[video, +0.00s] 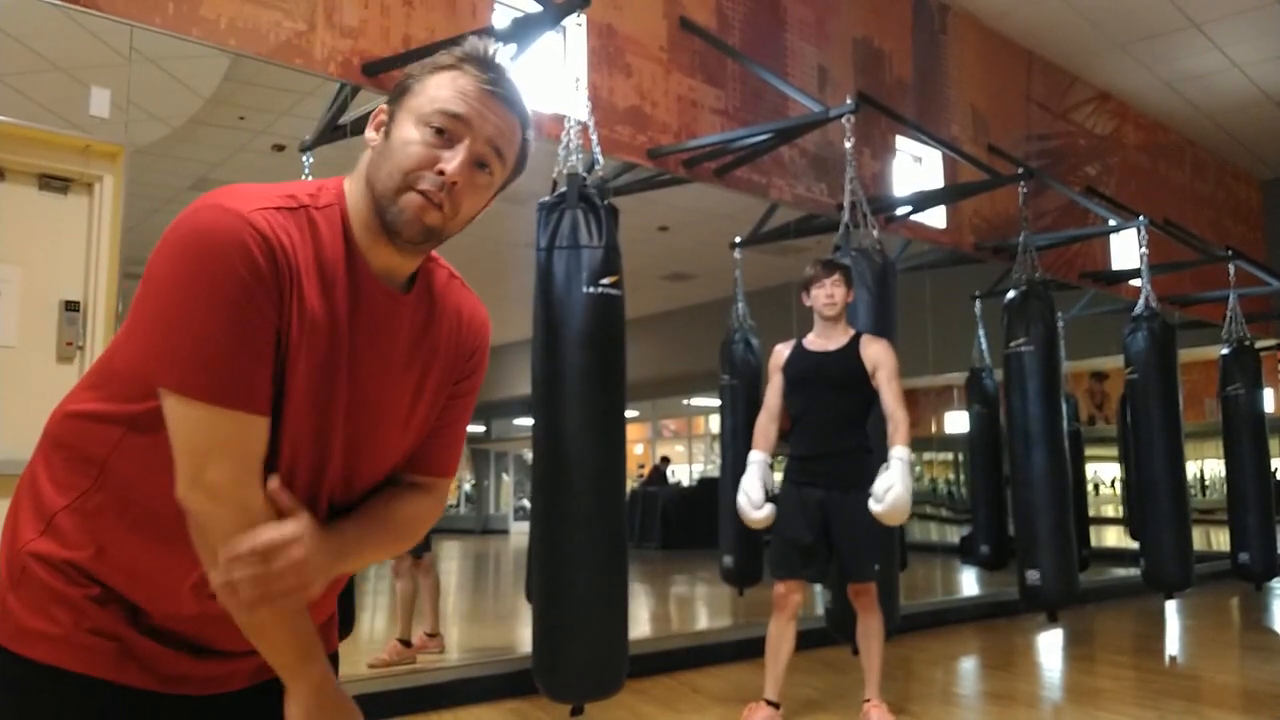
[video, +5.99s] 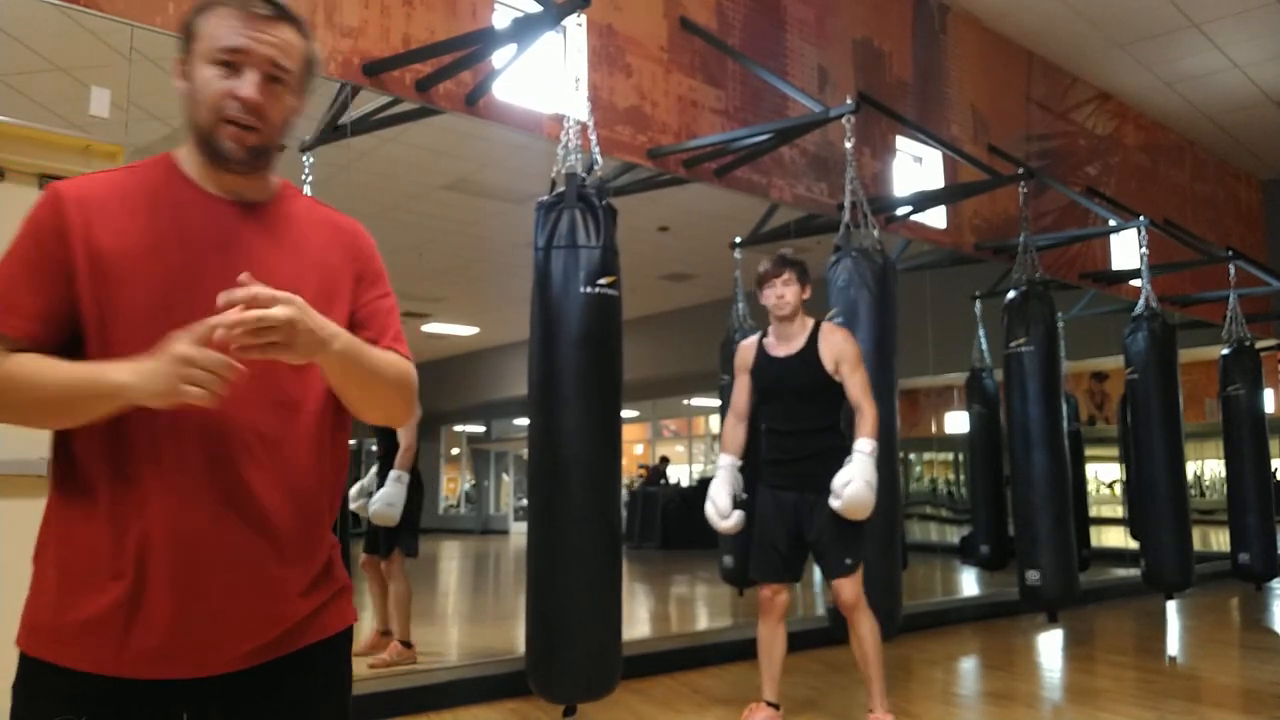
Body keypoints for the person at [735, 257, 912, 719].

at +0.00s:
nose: (830, 292)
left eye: (837, 286)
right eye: (822, 287)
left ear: (850, 295)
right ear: (807, 297)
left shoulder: (874, 350)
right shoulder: (785, 354)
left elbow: (896, 415)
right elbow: (769, 416)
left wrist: (899, 465)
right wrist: (756, 470)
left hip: (858, 490)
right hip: (799, 489)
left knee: (865, 595)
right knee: (784, 596)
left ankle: (872, 699)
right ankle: (770, 702)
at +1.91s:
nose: (833, 293)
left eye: (840, 286)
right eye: (825, 287)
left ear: (851, 295)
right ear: (809, 298)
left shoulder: (877, 350)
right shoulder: (787, 354)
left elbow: (897, 416)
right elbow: (772, 419)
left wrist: (898, 473)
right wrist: (761, 476)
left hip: (860, 491)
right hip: (802, 491)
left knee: (866, 596)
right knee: (788, 598)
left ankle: (873, 700)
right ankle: (770, 702)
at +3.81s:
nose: (831, 295)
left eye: (838, 288)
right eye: (823, 289)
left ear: (851, 296)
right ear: (809, 299)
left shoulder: (877, 350)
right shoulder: (787, 354)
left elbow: (896, 417)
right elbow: (772, 419)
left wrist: (896, 474)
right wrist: (760, 476)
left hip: (858, 492)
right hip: (801, 491)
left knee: (865, 597)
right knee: (790, 598)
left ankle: (872, 700)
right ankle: (771, 702)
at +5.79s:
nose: (766, 293)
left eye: (775, 285)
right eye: (758, 287)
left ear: (794, 292)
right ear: (751, 298)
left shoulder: (824, 340)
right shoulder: (744, 352)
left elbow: (855, 407)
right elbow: (737, 419)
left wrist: (851, 462)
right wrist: (728, 476)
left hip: (821, 487)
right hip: (766, 491)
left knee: (837, 597)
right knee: (768, 599)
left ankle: (871, 687)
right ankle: (768, 703)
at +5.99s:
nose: (780, 291)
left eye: (788, 283)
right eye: (772, 285)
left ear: (806, 290)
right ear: (760, 296)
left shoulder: (834, 340)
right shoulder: (749, 350)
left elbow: (865, 406)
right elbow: (737, 417)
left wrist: (862, 460)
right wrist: (725, 475)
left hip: (831, 490)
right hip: (771, 493)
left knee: (849, 597)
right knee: (770, 599)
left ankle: (878, 706)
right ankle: (768, 704)